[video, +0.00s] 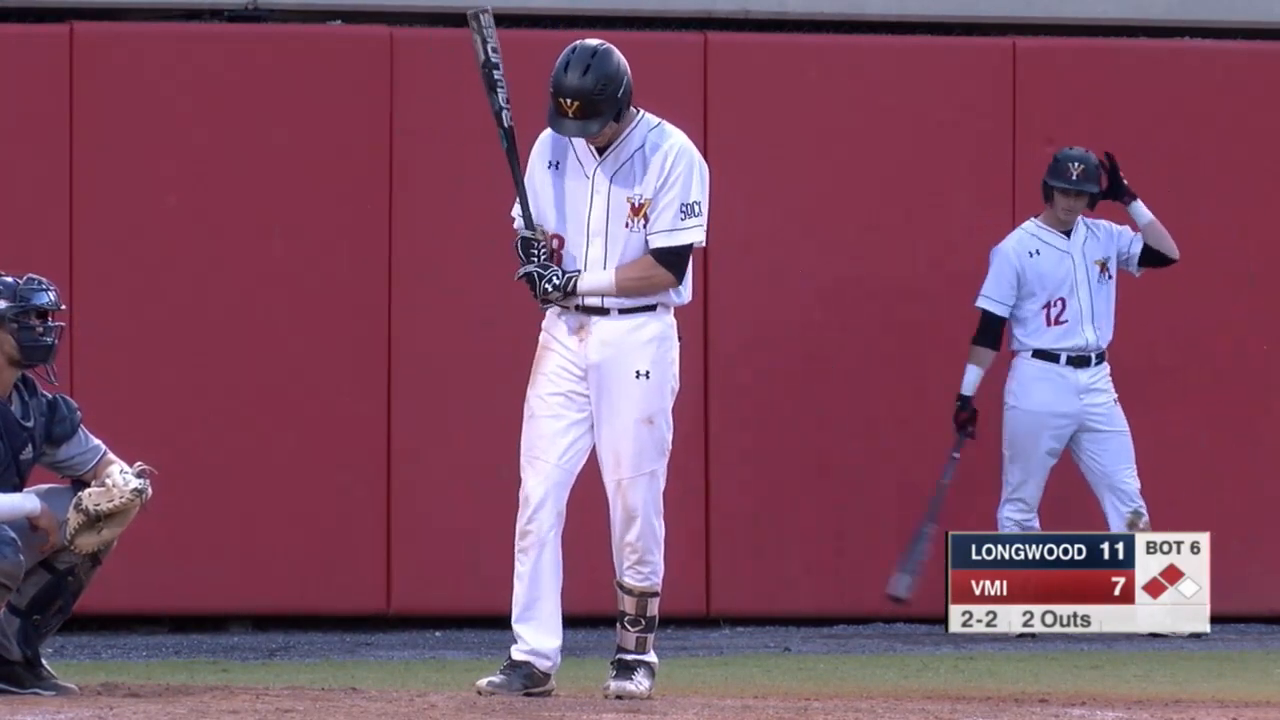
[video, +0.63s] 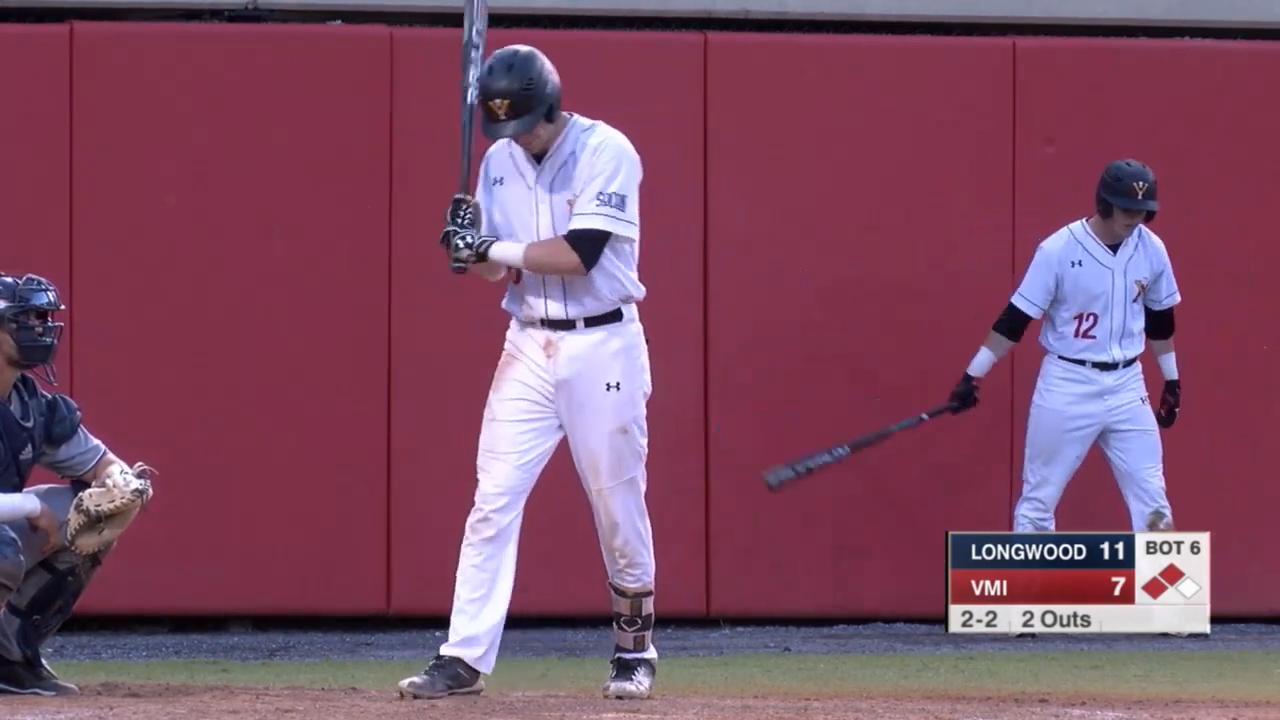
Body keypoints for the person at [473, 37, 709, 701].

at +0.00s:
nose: (581, 137)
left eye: (592, 126)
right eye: (571, 124)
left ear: (622, 106)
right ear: (560, 105)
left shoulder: (672, 153)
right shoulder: (551, 146)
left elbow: (667, 270)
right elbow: (528, 231)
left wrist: (578, 284)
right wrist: (536, 255)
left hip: (637, 341)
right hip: (562, 338)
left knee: (632, 492)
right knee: (538, 494)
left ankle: (634, 652)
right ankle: (532, 657)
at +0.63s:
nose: (515, 138)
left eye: (522, 125)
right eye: (505, 127)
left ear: (551, 109)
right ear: (498, 116)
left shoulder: (608, 149)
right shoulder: (499, 158)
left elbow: (579, 254)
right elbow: (499, 270)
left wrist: (491, 248)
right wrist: (471, 248)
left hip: (602, 348)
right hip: (526, 347)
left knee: (616, 500)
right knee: (493, 502)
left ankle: (633, 651)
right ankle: (463, 659)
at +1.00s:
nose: (430, 143)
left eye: (436, 129)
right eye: (419, 135)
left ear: (460, 104)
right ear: (410, 124)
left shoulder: (532, 137)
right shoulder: (416, 181)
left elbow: (567, 244)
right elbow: (433, 284)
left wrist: (518, 320)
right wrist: (460, 329)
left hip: (566, 340)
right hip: (487, 356)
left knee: (594, 489)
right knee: (463, 508)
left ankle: (635, 613)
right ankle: (460, 661)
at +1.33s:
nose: (440, 150)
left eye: (445, 135)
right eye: (428, 142)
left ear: (469, 111)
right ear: (417, 131)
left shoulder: (541, 145)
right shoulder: (423, 184)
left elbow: (590, 254)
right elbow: (440, 291)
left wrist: (565, 338)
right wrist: (472, 357)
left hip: (583, 331)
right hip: (501, 352)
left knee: (641, 472)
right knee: (470, 510)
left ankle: (715, 634)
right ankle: (461, 661)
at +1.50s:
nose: (480, 172)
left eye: (485, 159)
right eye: (469, 163)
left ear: (511, 137)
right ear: (459, 150)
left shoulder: (580, 169)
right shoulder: (467, 192)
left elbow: (627, 279)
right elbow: (463, 294)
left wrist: (603, 366)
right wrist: (445, 392)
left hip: (618, 353)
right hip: (539, 360)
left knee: (667, 491)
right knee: (484, 508)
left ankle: (744, 655)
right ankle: (461, 661)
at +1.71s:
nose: (543, 212)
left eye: (551, 200)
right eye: (532, 202)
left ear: (580, 176)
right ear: (519, 179)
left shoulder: (639, 207)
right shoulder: (527, 202)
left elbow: (667, 324)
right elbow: (526, 276)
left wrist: (633, 412)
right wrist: (497, 356)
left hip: (660, 374)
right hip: (578, 373)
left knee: (694, 504)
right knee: (513, 510)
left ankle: (755, 661)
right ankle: (462, 664)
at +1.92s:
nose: (583, 247)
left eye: (596, 239)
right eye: (575, 234)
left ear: (627, 220)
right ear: (564, 204)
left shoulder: (674, 253)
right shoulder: (562, 206)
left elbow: (673, 372)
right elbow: (586, 283)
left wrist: (643, 465)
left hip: (666, 377)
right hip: (587, 372)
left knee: (697, 501)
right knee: (526, 506)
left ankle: (754, 661)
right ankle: (463, 663)